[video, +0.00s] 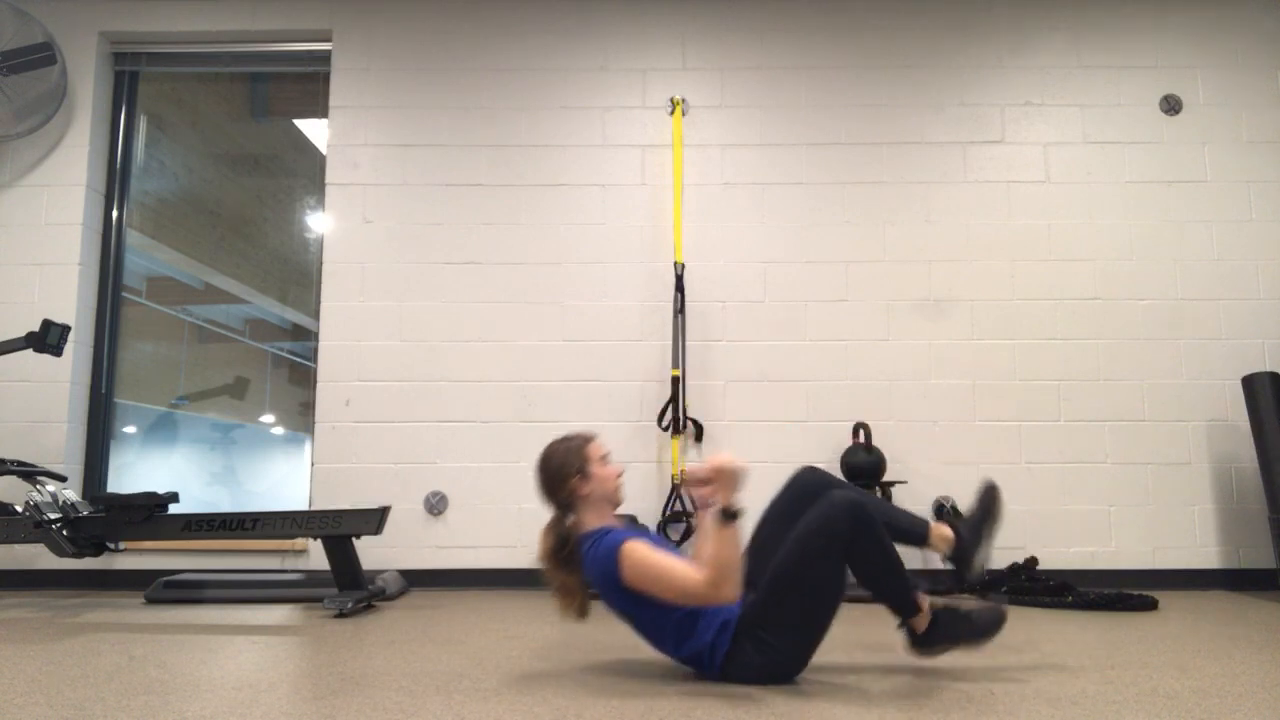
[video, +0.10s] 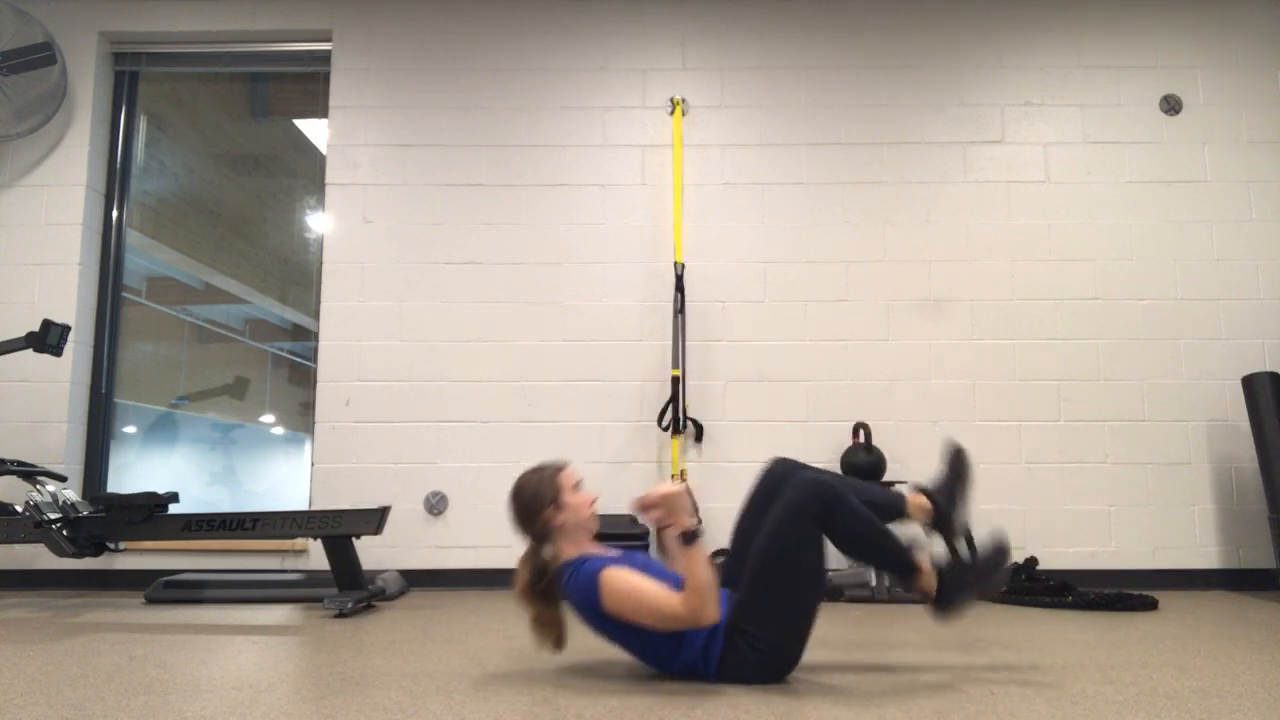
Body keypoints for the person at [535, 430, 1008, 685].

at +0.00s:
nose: (617, 467)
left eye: (609, 459)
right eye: (605, 463)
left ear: (582, 485)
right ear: (581, 484)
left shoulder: (608, 535)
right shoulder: (613, 547)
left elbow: (705, 579)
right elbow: (720, 588)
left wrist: (706, 510)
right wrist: (723, 506)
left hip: (741, 624)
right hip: (750, 649)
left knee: (811, 482)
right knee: (842, 508)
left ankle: (950, 537)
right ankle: (921, 624)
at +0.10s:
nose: (589, 494)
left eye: (581, 486)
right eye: (576, 491)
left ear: (557, 517)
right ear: (554, 516)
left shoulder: (594, 558)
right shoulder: (596, 576)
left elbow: (689, 592)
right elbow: (701, 608)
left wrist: (677, 524)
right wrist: (682, 529)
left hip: (731, 625)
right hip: (746, 651)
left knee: (785, 474)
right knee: (809, 493)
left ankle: (926, 506)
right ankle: (934, 582)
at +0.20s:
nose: (562, 518)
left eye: (551, 511)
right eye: (548, 518)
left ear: (535, 547)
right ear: (531, 547)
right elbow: (683, 621)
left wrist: (633, 539)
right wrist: (648, 548)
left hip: (733, 624)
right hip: (743, 648)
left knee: (747, 466)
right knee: (753, 477)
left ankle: (875, 464)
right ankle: (910, 512)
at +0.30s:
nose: (536, 539)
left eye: (524, 535)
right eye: (520, 542)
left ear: (522, 567)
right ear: (511, 576)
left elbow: (661, 614)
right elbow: (670, 625)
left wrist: (610, 562)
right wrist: (618, 562)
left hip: (723, 624)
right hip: (735, 644)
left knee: (702, 466)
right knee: (703, 470)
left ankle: (824, 426)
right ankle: (853, 447)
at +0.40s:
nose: (514, 554)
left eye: (503, 551)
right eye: (499, 558)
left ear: (504, 587)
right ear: (493, 595)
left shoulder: (557, 610)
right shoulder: (555, 631)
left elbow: (651, 604)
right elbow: (654, 617)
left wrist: (591, 567)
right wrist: (593, 568)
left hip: (712, 613)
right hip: (721, 627)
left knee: (665, 461)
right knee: (665, 464)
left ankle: (776, 390)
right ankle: (797, 398)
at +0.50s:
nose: (500, 566)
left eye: (487, 565)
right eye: (484, 573)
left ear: (492, 605)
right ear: (484, 609)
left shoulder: (544, 615)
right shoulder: (546, 638)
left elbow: (644, 598)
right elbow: (652, 610)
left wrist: (578, 572)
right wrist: (578, 575)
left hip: (701, 604)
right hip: (714, 617)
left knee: (637, 461)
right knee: (634, 462)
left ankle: (743, 370)